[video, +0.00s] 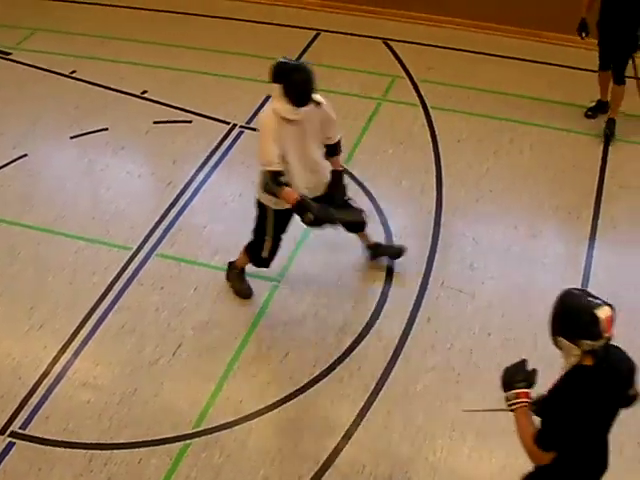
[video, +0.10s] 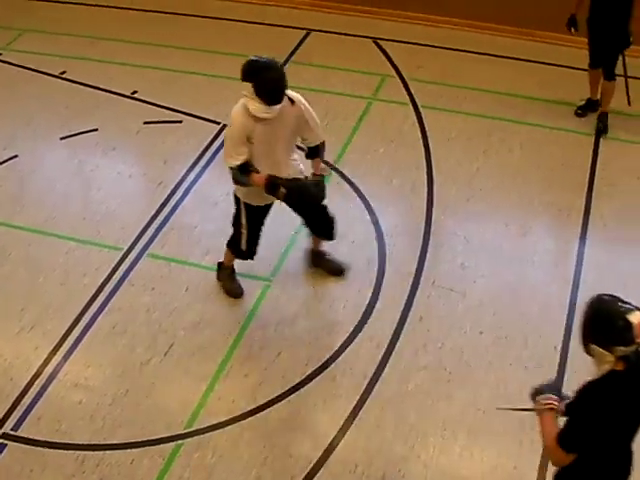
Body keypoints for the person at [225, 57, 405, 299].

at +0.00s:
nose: (304, 102)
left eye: (308, 96)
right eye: (300, 98)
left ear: (310, 90)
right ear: (289, 92)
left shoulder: (320, 107)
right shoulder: (271, 118)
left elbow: (333, 147)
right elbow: (272, 180)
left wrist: (337, 181)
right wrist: (302, 205)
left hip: (317, 184)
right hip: (280, 192)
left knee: (354, 219)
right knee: (263, 248)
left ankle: (371, 247)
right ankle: (236, 268)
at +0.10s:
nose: (276, 105)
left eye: (280, 99)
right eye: (270, 101)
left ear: (283, 90)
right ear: (258, 93)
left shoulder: (295, 104)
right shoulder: (241, 117)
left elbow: (315, 142)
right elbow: (238, 168)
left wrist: (317, 175)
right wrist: (267, 183)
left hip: (290, 177)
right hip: (253, 186)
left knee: (321, 219)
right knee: (244, 240)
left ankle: (317, 255)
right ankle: (226, 268)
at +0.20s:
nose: (258, 110)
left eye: (262, 105)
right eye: (252, 106)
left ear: (268, 95)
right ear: (239, 96)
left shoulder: (284, 106)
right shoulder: (224, 118)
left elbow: (306, 145)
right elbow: (215, 163)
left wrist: (303, 183)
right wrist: (247, 175)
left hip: (278, 183)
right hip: (238, 187)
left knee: (293, 229)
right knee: (227, 233)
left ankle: (280, 253)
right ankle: (220, 265)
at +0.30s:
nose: (243, 118)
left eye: (247, 112)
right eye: (236, 114)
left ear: (252, 102)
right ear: (222, 105)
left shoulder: (270, 117)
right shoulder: (205, 125)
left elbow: (294, 152)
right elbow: (191, 158)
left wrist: (289, 191)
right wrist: (222, 180)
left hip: (262, 191)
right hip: (221, 191)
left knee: (274, 240)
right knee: (208, 238)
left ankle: (267, 256)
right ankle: (209, 268)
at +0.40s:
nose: (223, 123)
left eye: (227, 117)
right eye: (216, 120)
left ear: (231, 106)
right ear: (202, 114)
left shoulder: (250, 124)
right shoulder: (190, 127)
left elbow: (274, 160)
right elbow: (171, 156)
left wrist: (268, 198)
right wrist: (191, 190)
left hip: (245, 193)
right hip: (206, 196)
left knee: (261, 245)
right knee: (192, 242)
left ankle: (254, 264)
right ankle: (196, 268)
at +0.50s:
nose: (217, 131)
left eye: (221, 125)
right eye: (210, 127)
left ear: (225, 115)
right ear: (195, 119)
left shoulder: (241, 132)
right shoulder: (178, 135)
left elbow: (257, 166)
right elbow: (162, 162)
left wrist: (252, 202)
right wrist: (177, 198)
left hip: (233, 198)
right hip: (194, 200)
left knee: (257, 252)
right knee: (181, 245)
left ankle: (256, 288)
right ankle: (183, 271)